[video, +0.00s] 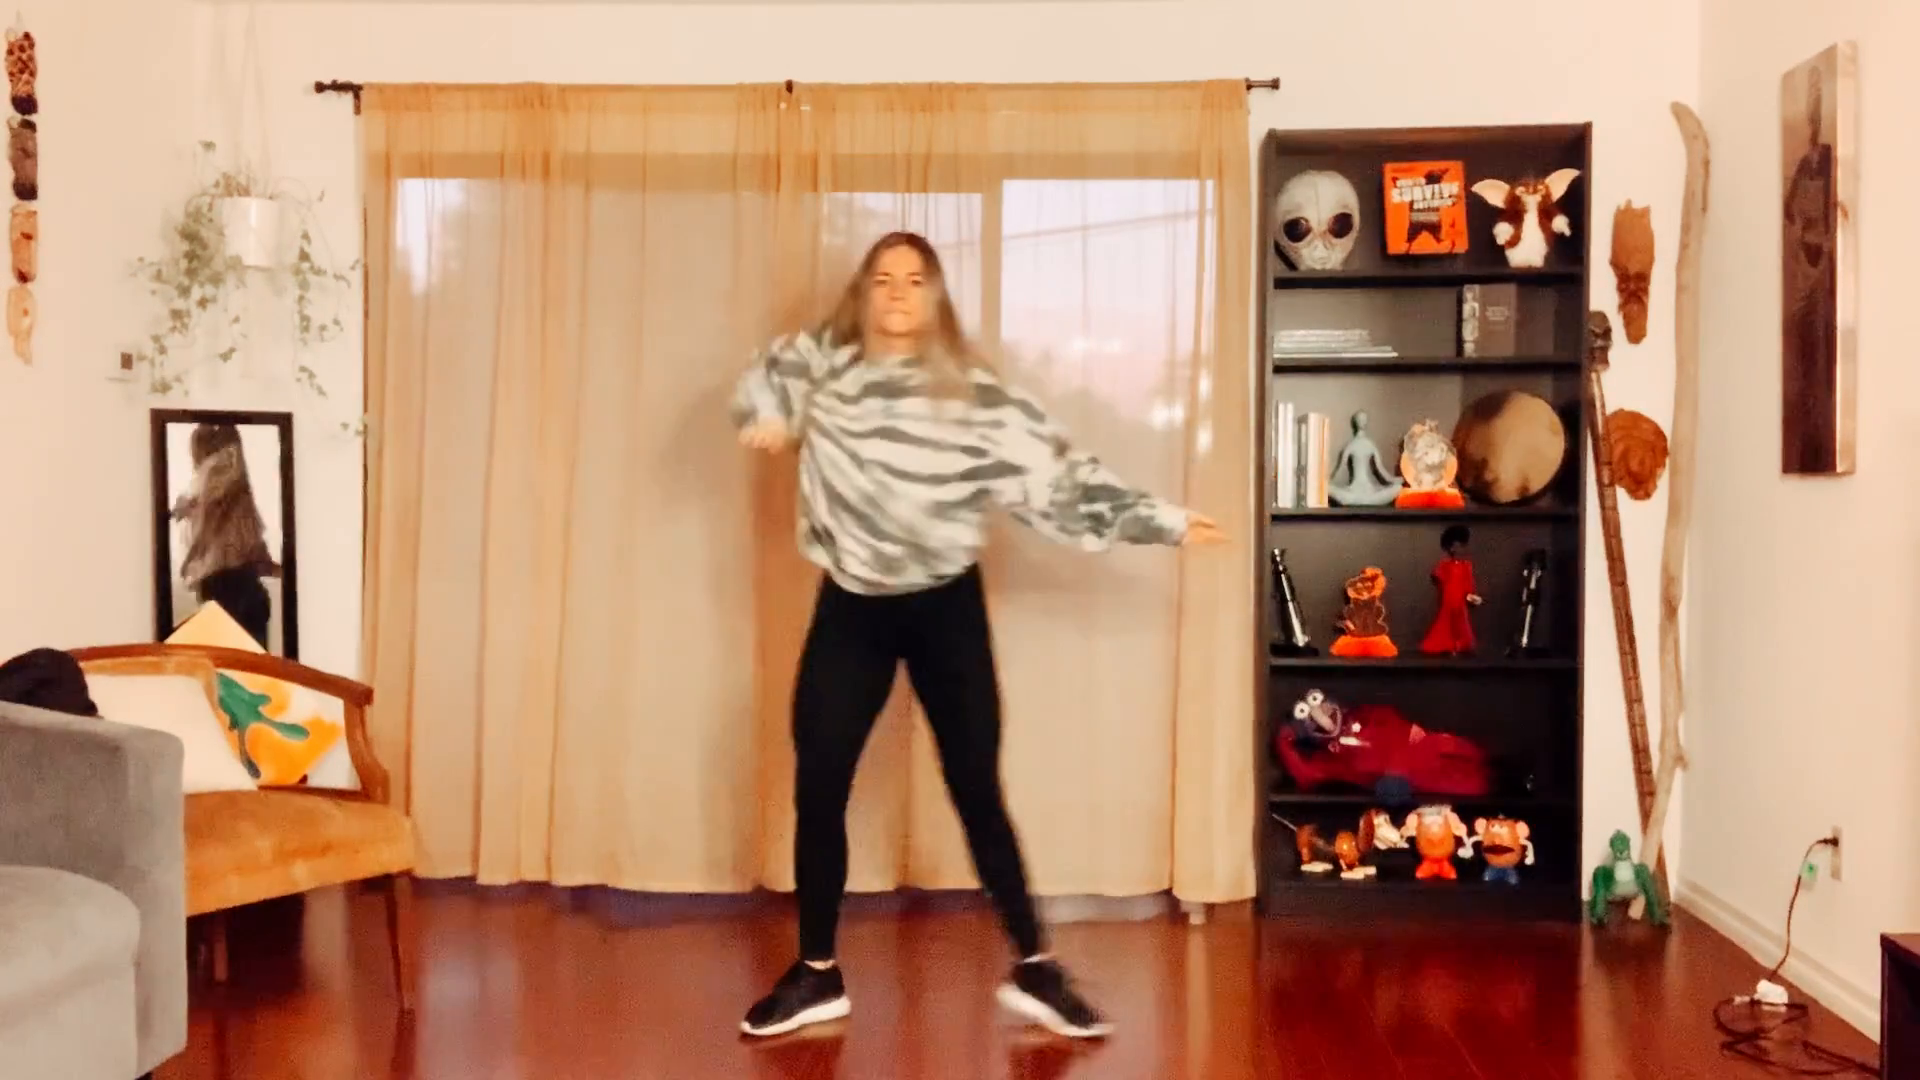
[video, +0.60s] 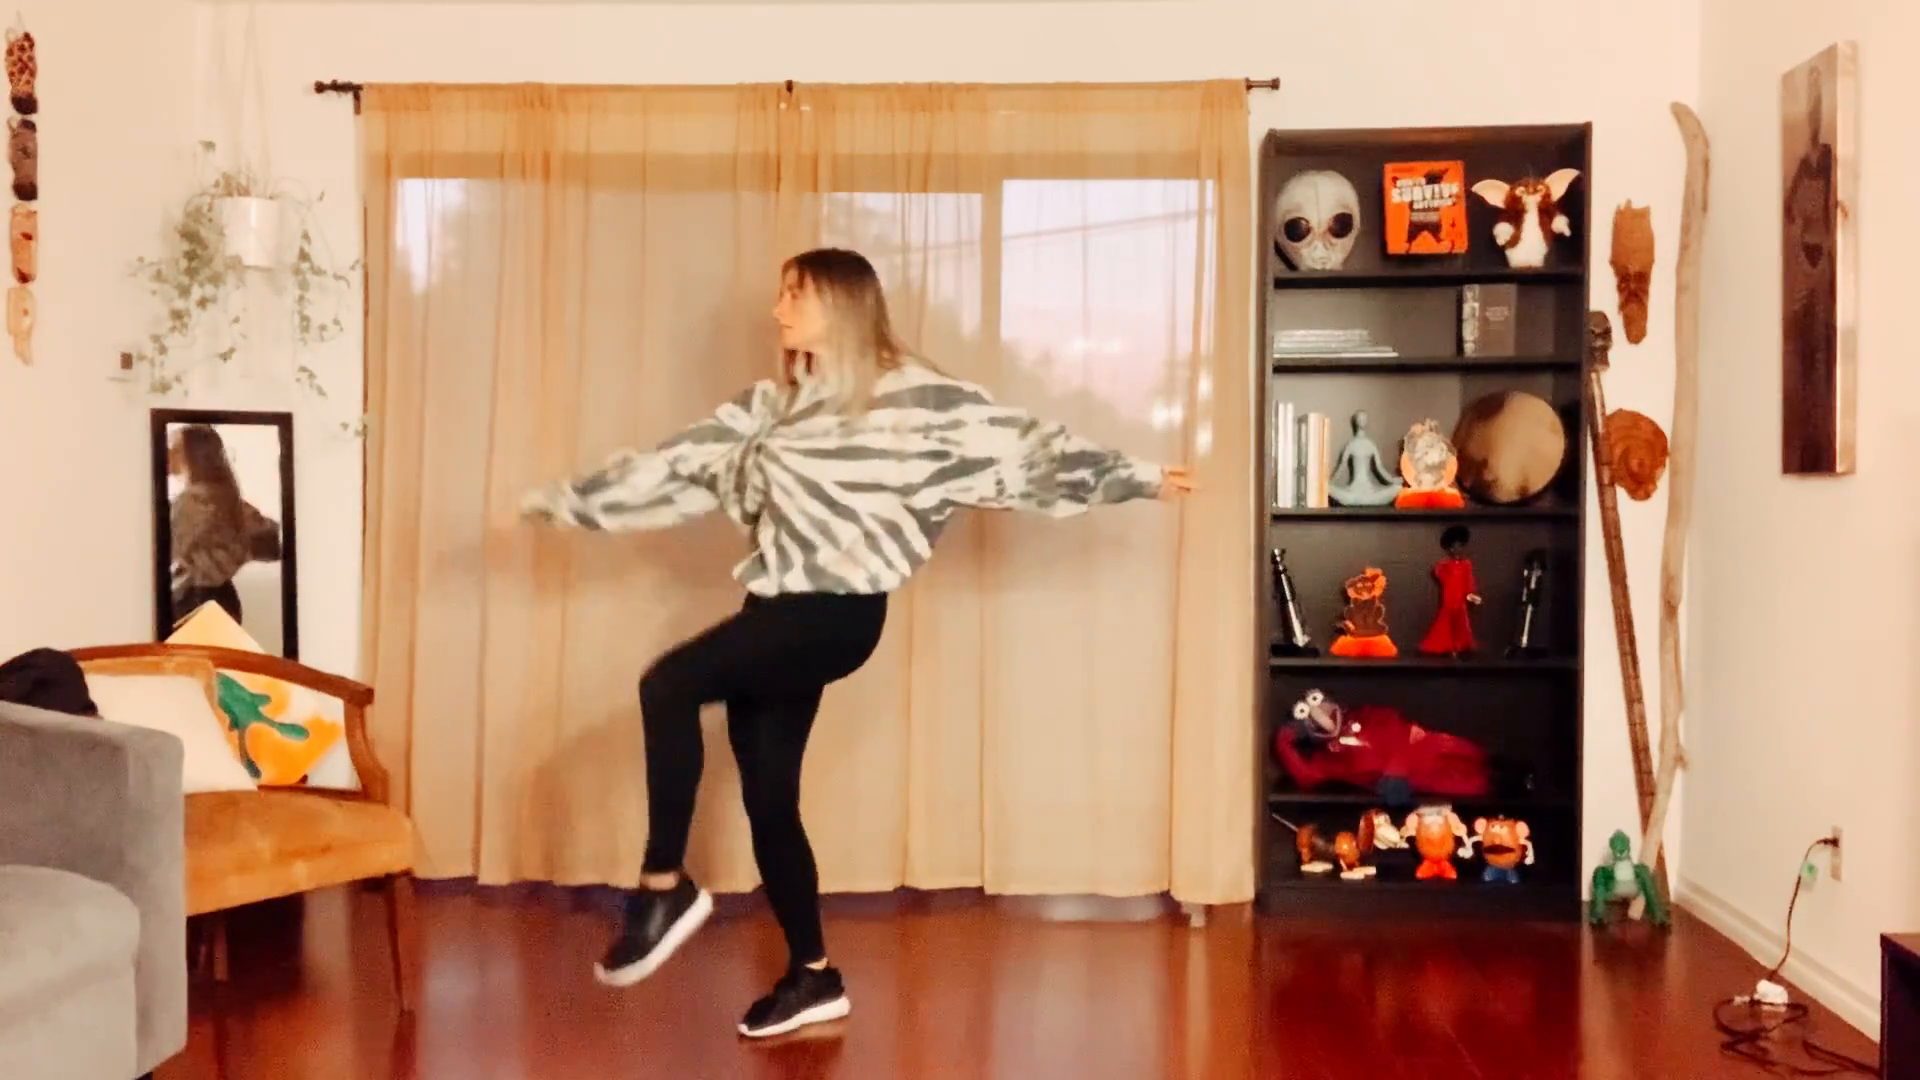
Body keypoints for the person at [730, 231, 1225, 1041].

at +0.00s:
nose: (897, 293)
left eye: (913, 281)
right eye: (883, 281)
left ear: (937, 297)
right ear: (860, 294)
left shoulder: (975, 396)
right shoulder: (821, 360)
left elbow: (1058, 481)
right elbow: (766, 373)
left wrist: (1160, 520)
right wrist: (765, 412)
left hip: (944, 605)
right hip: (848, 604)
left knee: (976, 786)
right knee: (817, 783)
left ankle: (1034, 965)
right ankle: (816, 972)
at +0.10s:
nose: (872, 294)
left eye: (888, 283)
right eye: (859, 281)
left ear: (912, 297)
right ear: (834, 293)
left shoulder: (940, 399)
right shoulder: (803, 353)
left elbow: (1032, 472)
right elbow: (748, 353)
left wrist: (1139, 529)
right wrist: (752, 375)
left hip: (907, 604)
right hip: (818, 603)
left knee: (917, 793)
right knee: (800, 786)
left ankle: (954, 964)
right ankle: (814, 971)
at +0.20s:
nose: (849, 297)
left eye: (865, 285)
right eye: (837, 285)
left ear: (894, 297)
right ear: (818, 298)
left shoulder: (928, 395)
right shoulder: (798, 373)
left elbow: (1028, 472)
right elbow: (735, 404)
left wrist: (1137, 521)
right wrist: (719, 371)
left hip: (876, 605)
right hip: (797, 600)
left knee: (809, 779)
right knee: (778, 781)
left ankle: (864, 946)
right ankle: (807, 964)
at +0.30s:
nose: (835, 306)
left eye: (853, 292)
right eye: (824, 294)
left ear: (885, 303)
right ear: (810, 308)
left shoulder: (930, 400)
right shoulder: (798, 400)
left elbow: (1035, 464)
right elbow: (721, 462)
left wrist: (1145, 495)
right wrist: (648, 419)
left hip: (853, 615)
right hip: (784, 610)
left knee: (742, 772)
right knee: (771, 789)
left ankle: (745, 978)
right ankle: (812, 973)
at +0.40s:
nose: (816, 319)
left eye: (831, 305)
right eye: (810, 307)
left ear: (873, 313)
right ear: (808, 320)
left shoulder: (923, 397)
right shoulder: (795, 408)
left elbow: (1031, 442)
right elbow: (704, 477)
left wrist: (1146, 474)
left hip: (833, 618)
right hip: (772, 612)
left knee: (709, 776)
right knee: (764, 796)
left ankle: (700, 984)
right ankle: (812, 973)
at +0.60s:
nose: (778, 309)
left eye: (794, 295)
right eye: (780, 295)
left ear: (842, 304)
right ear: (797, 309)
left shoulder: (913, 401)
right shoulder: (771, 408)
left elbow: (1022, 452)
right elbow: (675, 468)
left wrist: (1135, 476)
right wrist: (564, 501)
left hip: (838, 611)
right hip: (771, 611)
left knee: (671, 681)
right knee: (769, 804)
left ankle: (663, 883)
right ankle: (812, 974)